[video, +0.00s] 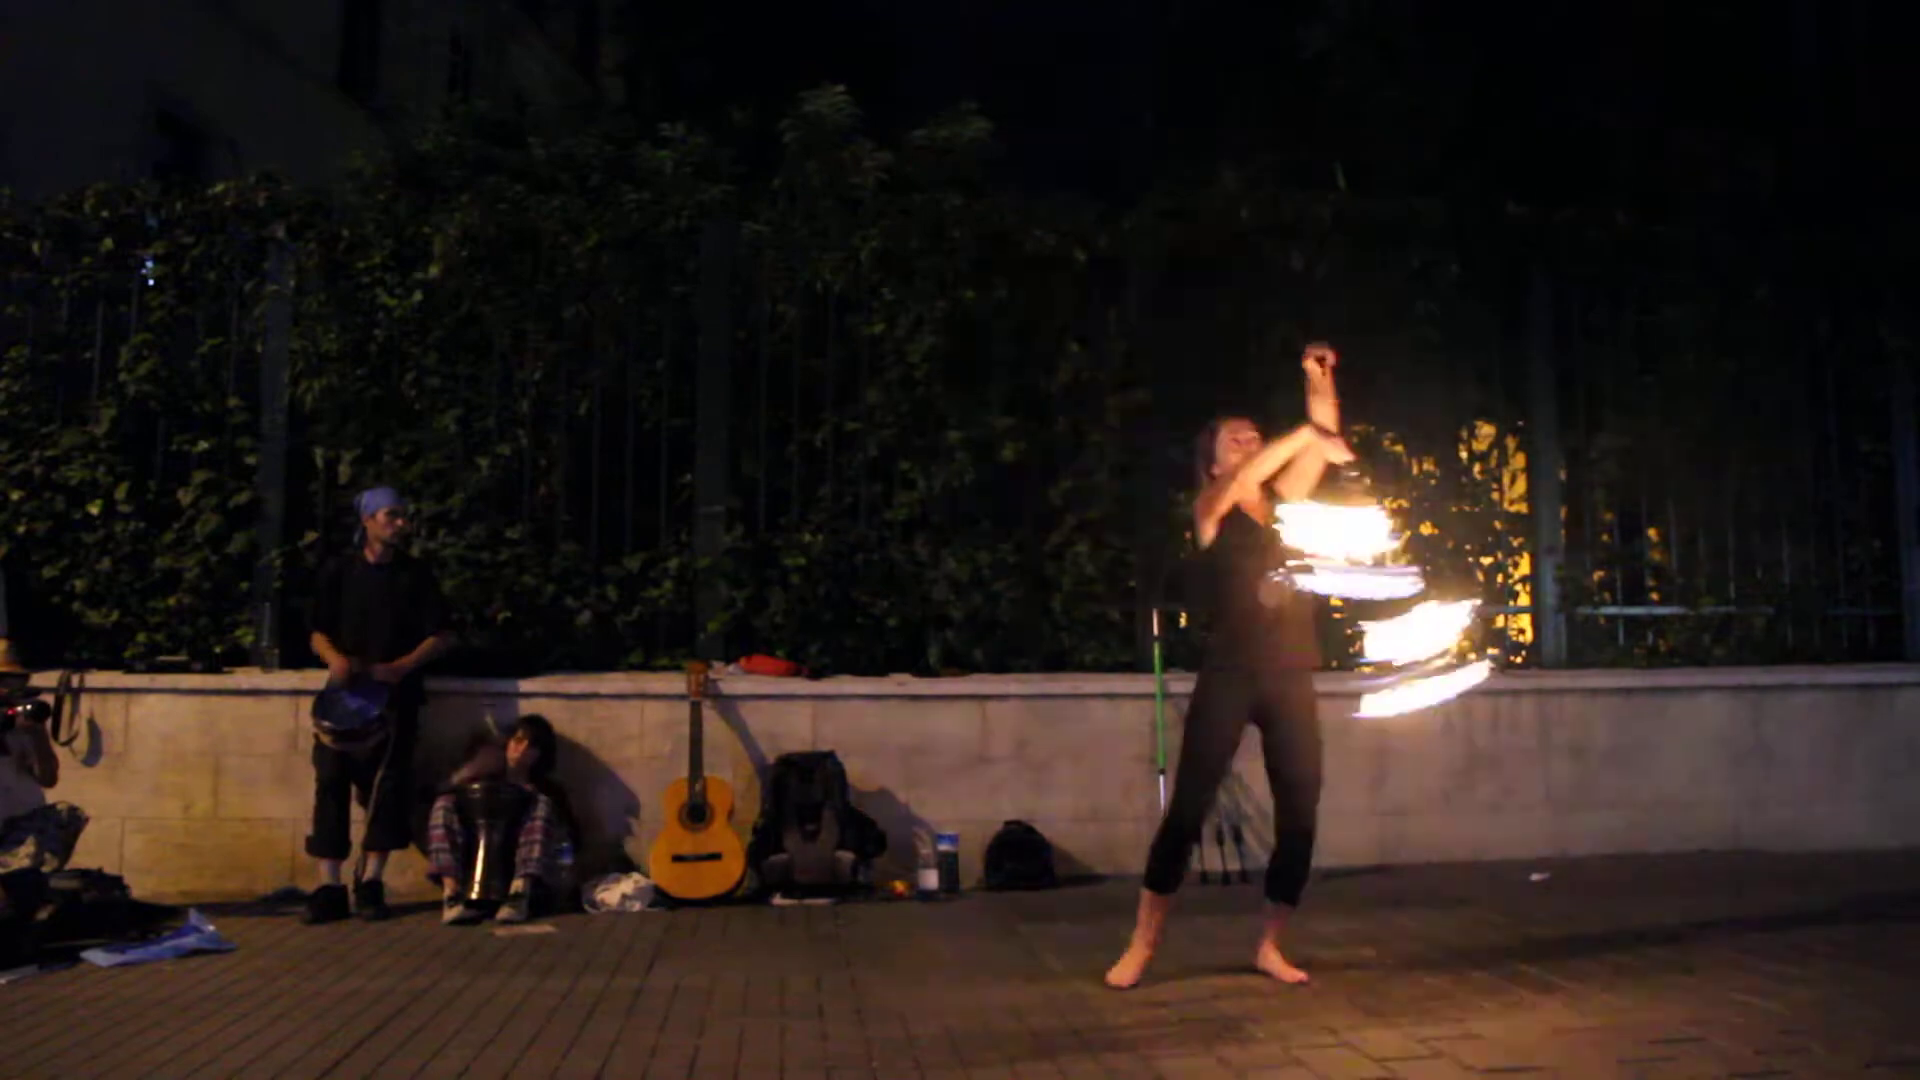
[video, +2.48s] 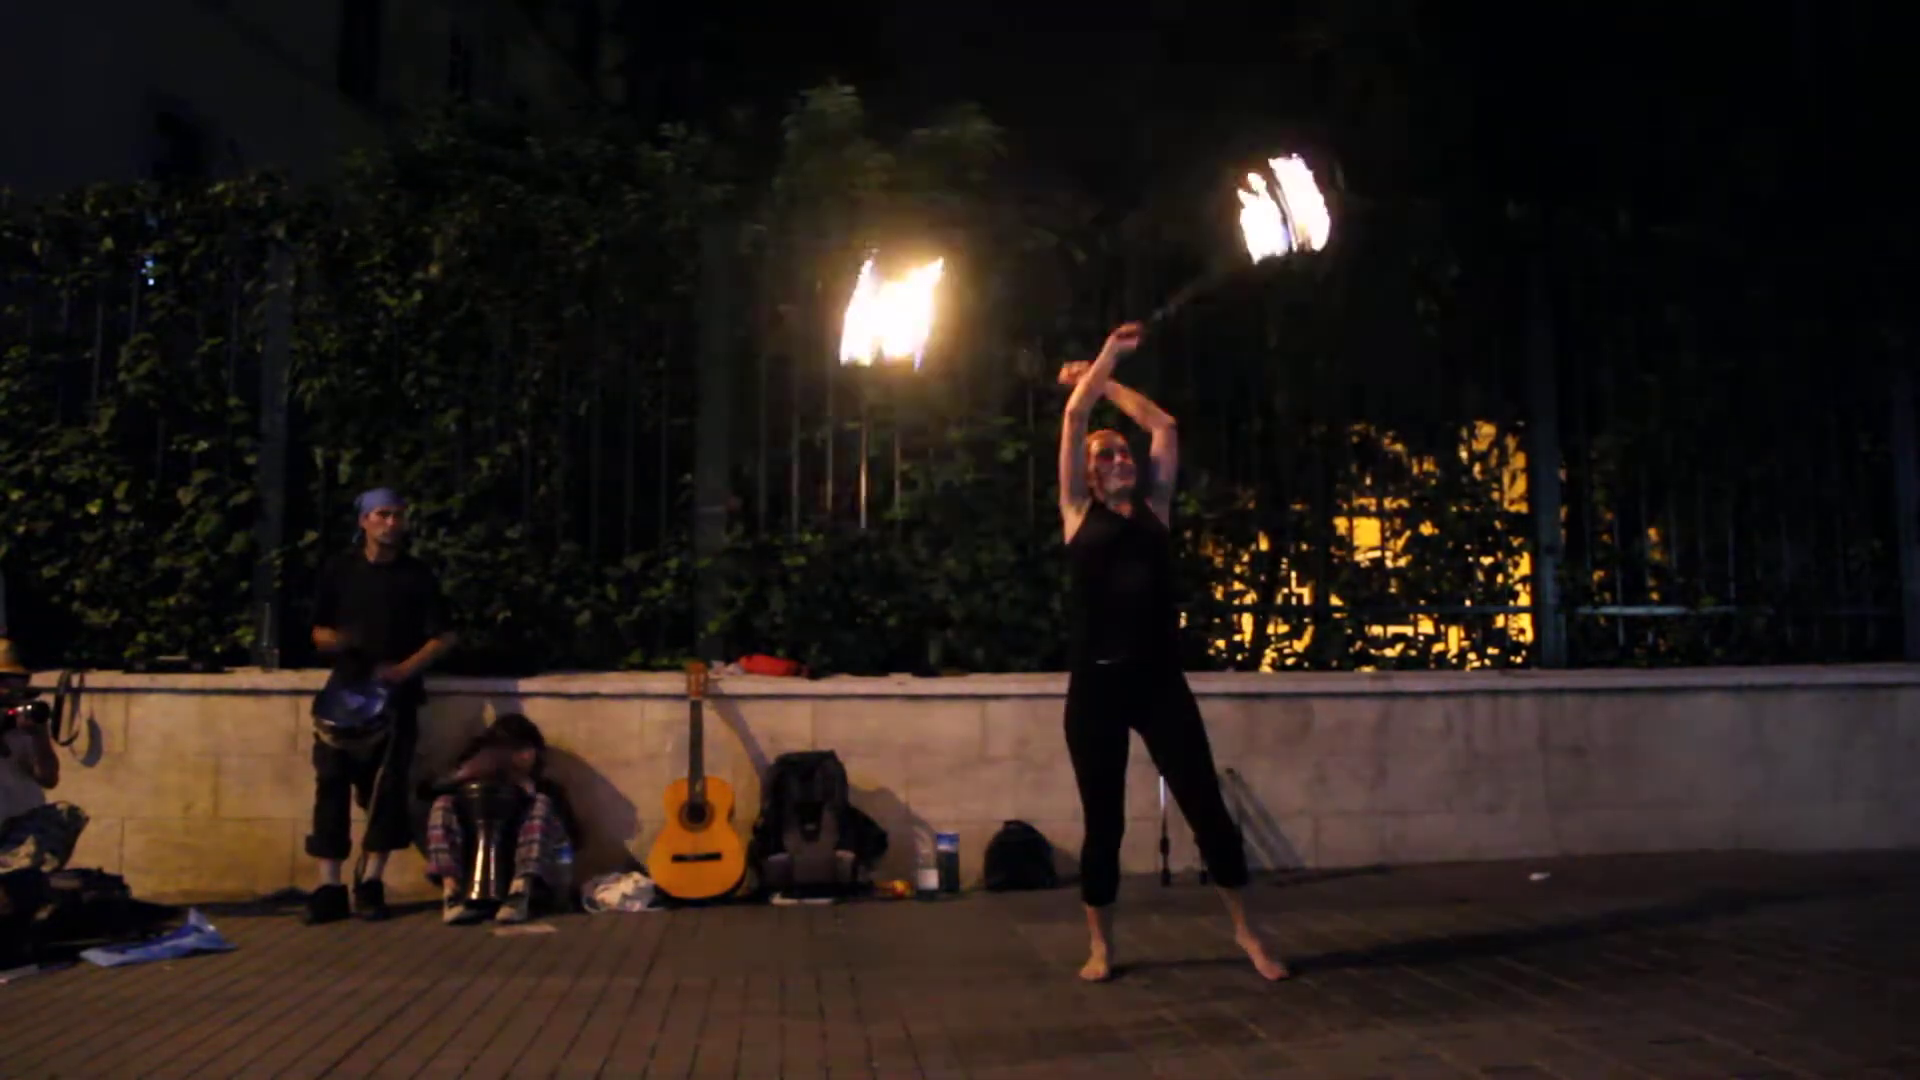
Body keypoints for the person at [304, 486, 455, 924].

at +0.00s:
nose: (401, 523)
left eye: (403, 517)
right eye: (392, 517)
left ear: (403, 523)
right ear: (367, 521)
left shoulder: (416, 573)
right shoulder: (339, 573)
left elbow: (441, 636)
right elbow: (316, 632)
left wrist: (398, 668)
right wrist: (337, 662)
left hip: (395, 694)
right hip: (344, 691)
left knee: (388, 784)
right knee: (331, 783)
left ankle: (371, 880)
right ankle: (329, 883)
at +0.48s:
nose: (401, 524)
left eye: (404, 517)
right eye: (392, 517)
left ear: (405, 523)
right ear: (368, 522)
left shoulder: (416, 574)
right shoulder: (341, 571)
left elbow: (443, 637)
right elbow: (316, 631)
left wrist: (402, 668)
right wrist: (334, 643)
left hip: (395, 691)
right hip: (345, 687)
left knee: (388, 786)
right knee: (331, 783)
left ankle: (371, 881)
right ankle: (330, 883)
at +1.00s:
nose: (401, 523)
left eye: (403, 516)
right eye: (392, 516)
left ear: (403, 523)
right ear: (367, 521)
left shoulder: (417, 574)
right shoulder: (339, 572)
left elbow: (442, 636)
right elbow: (316, 632)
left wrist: (401, 665)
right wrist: (335, 650)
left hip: (394, 693)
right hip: (344, 690)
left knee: (387, 784)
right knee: (331, 782)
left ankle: (371, 880)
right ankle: (330, 883)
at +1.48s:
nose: (403, 524)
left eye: (404, 517)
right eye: (393, 517)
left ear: (404, 523)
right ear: (368, 522)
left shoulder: (417, 574)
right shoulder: (341, 570)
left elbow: (442, 635)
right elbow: (316, 630)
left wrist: (403, 671)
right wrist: (333, 643)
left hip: (395, 691)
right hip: (344, 688)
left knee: (389, 783)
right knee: (331, 782)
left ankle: (371, 880)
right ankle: (330, 883)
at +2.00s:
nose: (400, 523)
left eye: (403, 517)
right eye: (391, 516)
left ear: (406, 523)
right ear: (367, 522)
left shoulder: (417, 575)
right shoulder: (341, 571)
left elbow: (442, 637)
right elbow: (316, 629)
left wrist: (405, 669)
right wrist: (336, 647)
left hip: (395, 693)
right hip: (345, 690)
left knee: (388, 786)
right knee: (331, 784)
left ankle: (371, 880)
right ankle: (330, 883)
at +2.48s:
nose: (391, 523)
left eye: (397, 516)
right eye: (383, 516)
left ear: (404, 523)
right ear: (364, 522)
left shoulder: (417, 575)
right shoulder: (339, 571)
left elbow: (442, 637)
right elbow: (318, 634)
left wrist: (403, 668)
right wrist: (343, 641)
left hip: (396, 691)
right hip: (345, 688)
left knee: (389, 784)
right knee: (331, 782)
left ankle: (370, 881)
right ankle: (330, 883)